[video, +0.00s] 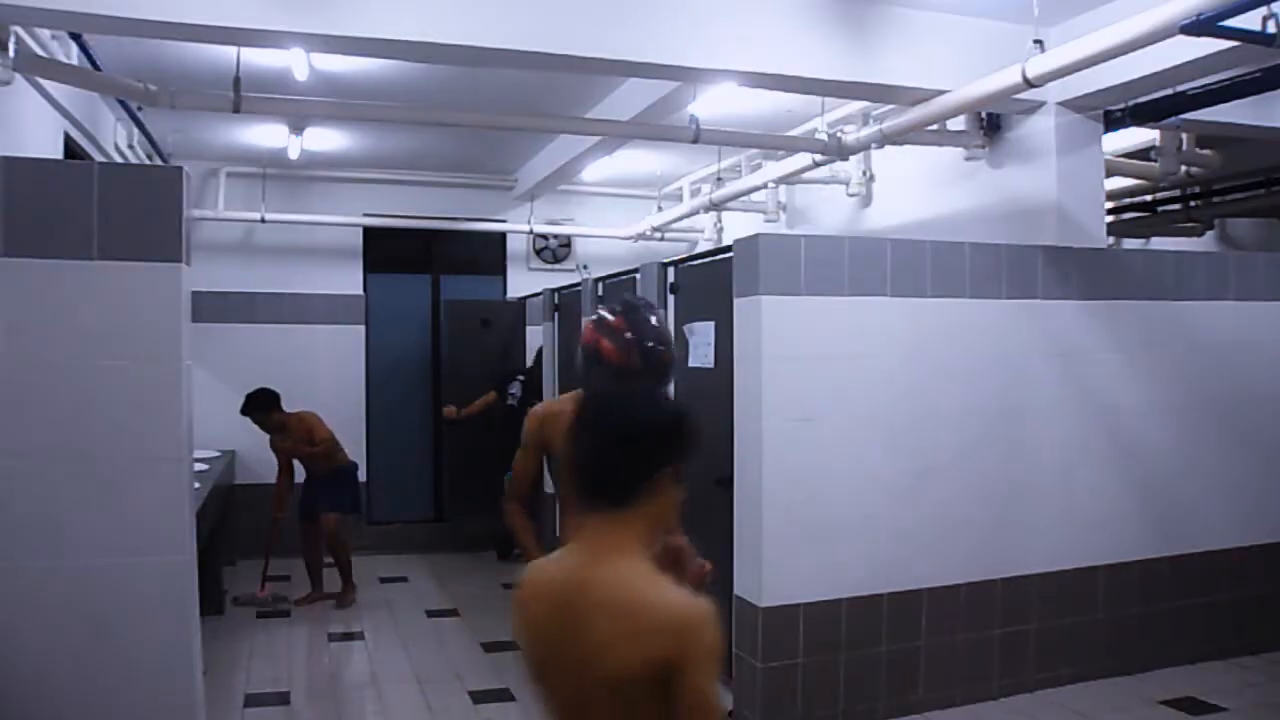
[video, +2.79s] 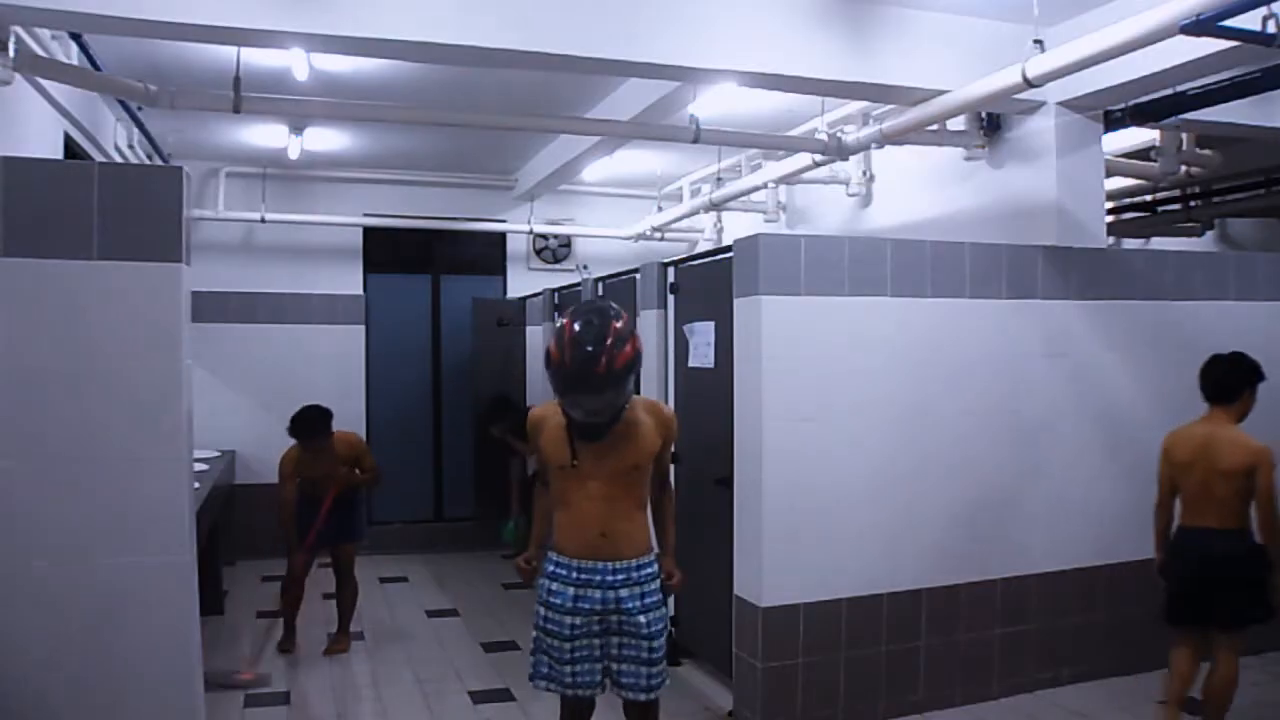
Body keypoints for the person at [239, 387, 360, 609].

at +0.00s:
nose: (259, 427)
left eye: (259, 421)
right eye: (256, 423)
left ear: (272, 413)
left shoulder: (307, 420)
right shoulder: (277, 441)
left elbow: (329, 446)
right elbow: (285, 474)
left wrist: (298, 450)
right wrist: (279, 509)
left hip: (339, 474)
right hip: (314, 479)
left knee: (330, 528)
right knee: (309, 531)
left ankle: (348, 586)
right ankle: (317, 589)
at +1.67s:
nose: (237, 445)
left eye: (237, 438)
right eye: (233, 440)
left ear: (251, 426)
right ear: (248, 428)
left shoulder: (291, 430)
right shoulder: (259, 459)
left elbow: (327, 456)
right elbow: (270, 495)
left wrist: (290, 460)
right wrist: (261, 530)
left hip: (334, 488)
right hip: (305, 493)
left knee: (332, 553)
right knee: (303, 555)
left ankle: (346, 620)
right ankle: (312, 617)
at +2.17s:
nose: (253, 453)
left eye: (253, 447)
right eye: (249, 448)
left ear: (267, 439)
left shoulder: (311, 447)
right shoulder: (271, 464)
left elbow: (340, 483)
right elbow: (273, 502)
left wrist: (298, 489)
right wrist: (261, 536)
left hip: (345, 500)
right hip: (314, 502)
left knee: (340, 568)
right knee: (308, 561)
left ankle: (342, 632)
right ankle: (314, 616)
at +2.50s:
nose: (282, 452)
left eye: (285, 446)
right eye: (280, 447)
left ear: (303, 441)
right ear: (283, 444)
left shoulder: (340, 448)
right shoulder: (283, 468)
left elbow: (362, 484)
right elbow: (276, 513)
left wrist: (326, 490)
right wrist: (265, 553)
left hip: (350, 506)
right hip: (316, 507)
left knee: (344, 568)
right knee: (301, 566)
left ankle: (343, 632)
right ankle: (307, 608)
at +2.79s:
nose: (308, 450)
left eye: (313, 444)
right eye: (304, 445)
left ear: (326, 435)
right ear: (298, 440)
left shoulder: (351, 445)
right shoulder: (292, 461)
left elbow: (373, 476)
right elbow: (287, 507)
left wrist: (352, 480)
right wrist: (293, 547)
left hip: (344, 510)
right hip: (306, 512)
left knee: (344, 571)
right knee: (296, 572)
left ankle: (342, 633)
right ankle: (289, 631)